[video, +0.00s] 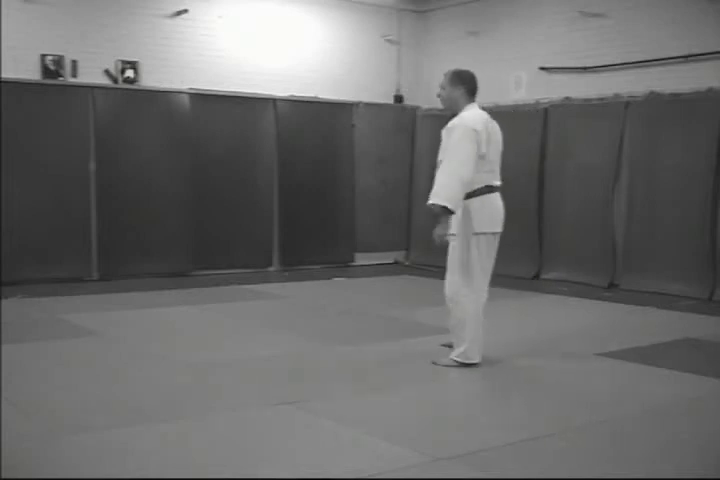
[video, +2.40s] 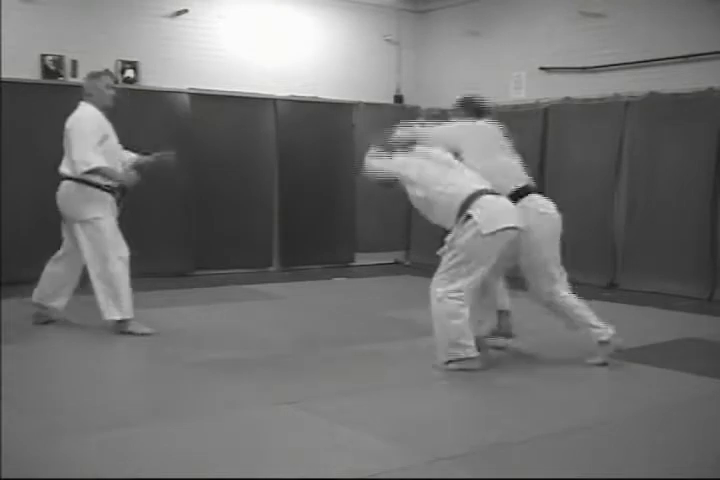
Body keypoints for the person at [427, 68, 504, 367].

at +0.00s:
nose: (439, 94)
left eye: (444, 88)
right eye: (440, 88)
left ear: (461, 92)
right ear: (467, 93)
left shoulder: (464, 125)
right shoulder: (487, 122)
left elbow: (455, 171)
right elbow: (485, 171)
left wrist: (444, 216)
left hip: (472, 209)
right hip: (489, 206)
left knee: (462, 282)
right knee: (473, 280)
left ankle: (467, 352)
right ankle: (466, 340)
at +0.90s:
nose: (418, 122)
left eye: (423, 116)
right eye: (419, 116)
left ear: (440, 120)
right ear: (442, 121)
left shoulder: (453, 150)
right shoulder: (455, 146)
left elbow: (447, 199)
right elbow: (449, 200)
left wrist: (424, 243)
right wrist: (428, 236)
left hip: (485, 229)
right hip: (472, 228)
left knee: (459, 290)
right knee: (440, 273)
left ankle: (490, 352)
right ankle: (447, 337)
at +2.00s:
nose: (387, 153)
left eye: (391, 147)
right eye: (389, 147)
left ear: (407, 147)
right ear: (415, 148)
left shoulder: (426, 173)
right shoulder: (443, 163)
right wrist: (448, 253)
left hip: (488, 230)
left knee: (443, 288)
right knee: (433, 276)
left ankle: (473, 353)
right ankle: (454, 335)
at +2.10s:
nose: (389, 160)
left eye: (383, 153)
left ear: (392, 142)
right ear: (417, 143)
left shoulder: (426, 170)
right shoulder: (448, 161)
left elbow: (436, 192)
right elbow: (482, 188)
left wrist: (397, 171)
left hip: (472, 240)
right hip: (487, 233)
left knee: (436, 301)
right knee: (433, 275)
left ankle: (473, 354)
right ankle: (449, 333)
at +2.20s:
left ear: (413, 126)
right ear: (435, 125)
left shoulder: (412, 148)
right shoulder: (449, 146)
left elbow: (375, 130)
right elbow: (433, 124)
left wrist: (367, 103)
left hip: (464, 227)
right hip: (487, 222)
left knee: (433, 295)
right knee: (446, 287)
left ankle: (472, 348)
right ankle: (457, 334)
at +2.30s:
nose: (405, 124)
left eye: (406, 121)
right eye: (406, 120)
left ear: (413, 126)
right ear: (429, 124)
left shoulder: (410, 143)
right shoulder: (444, 145)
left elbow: (375, 124)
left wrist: (368, 106)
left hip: (472, 219)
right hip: (498, 214)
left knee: (439, 288)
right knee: (503, 275)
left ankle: (466, 351)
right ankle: (516, 332)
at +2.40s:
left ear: (402, 153)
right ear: (419, 146)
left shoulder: (407, 163)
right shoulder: (443, 157)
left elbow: (371, 166)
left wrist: (374, 151)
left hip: (481, 218)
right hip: (509, 213)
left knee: (446, 287)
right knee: (486, 276)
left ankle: (461, 354)